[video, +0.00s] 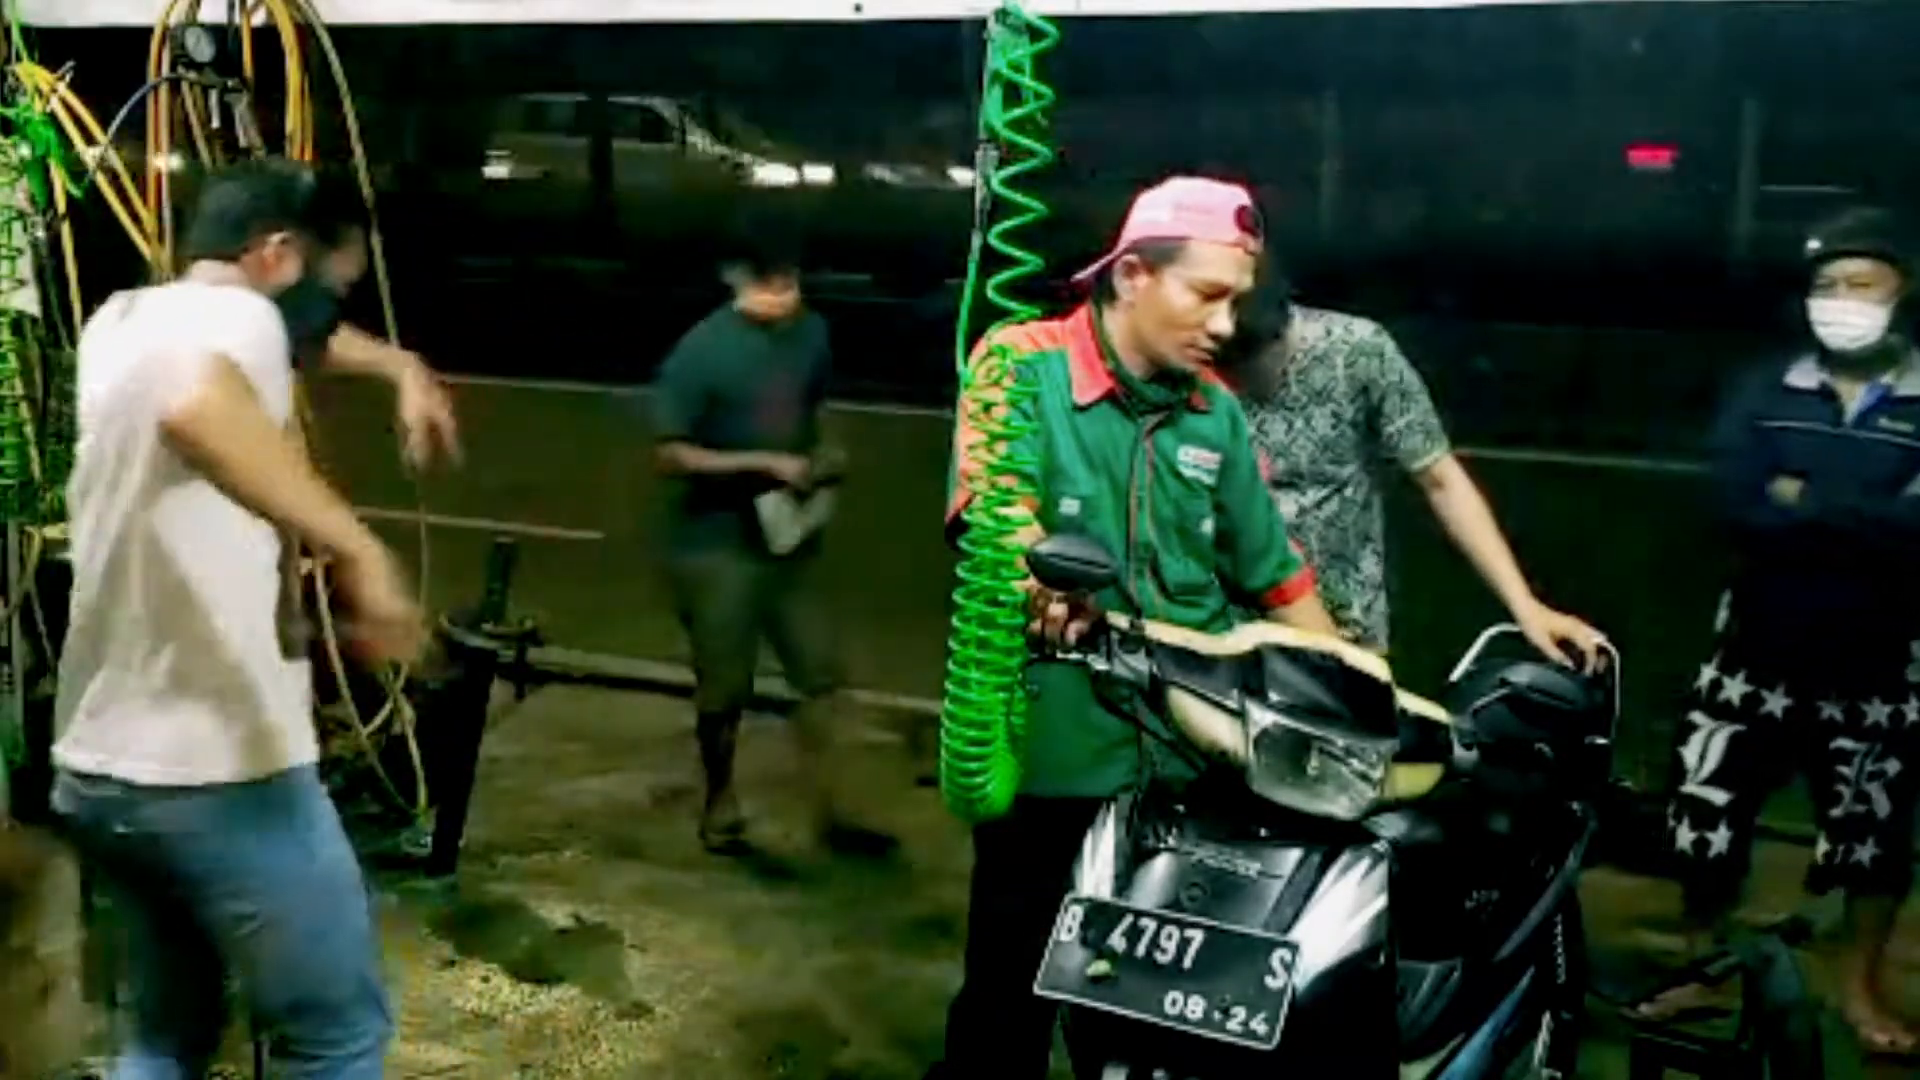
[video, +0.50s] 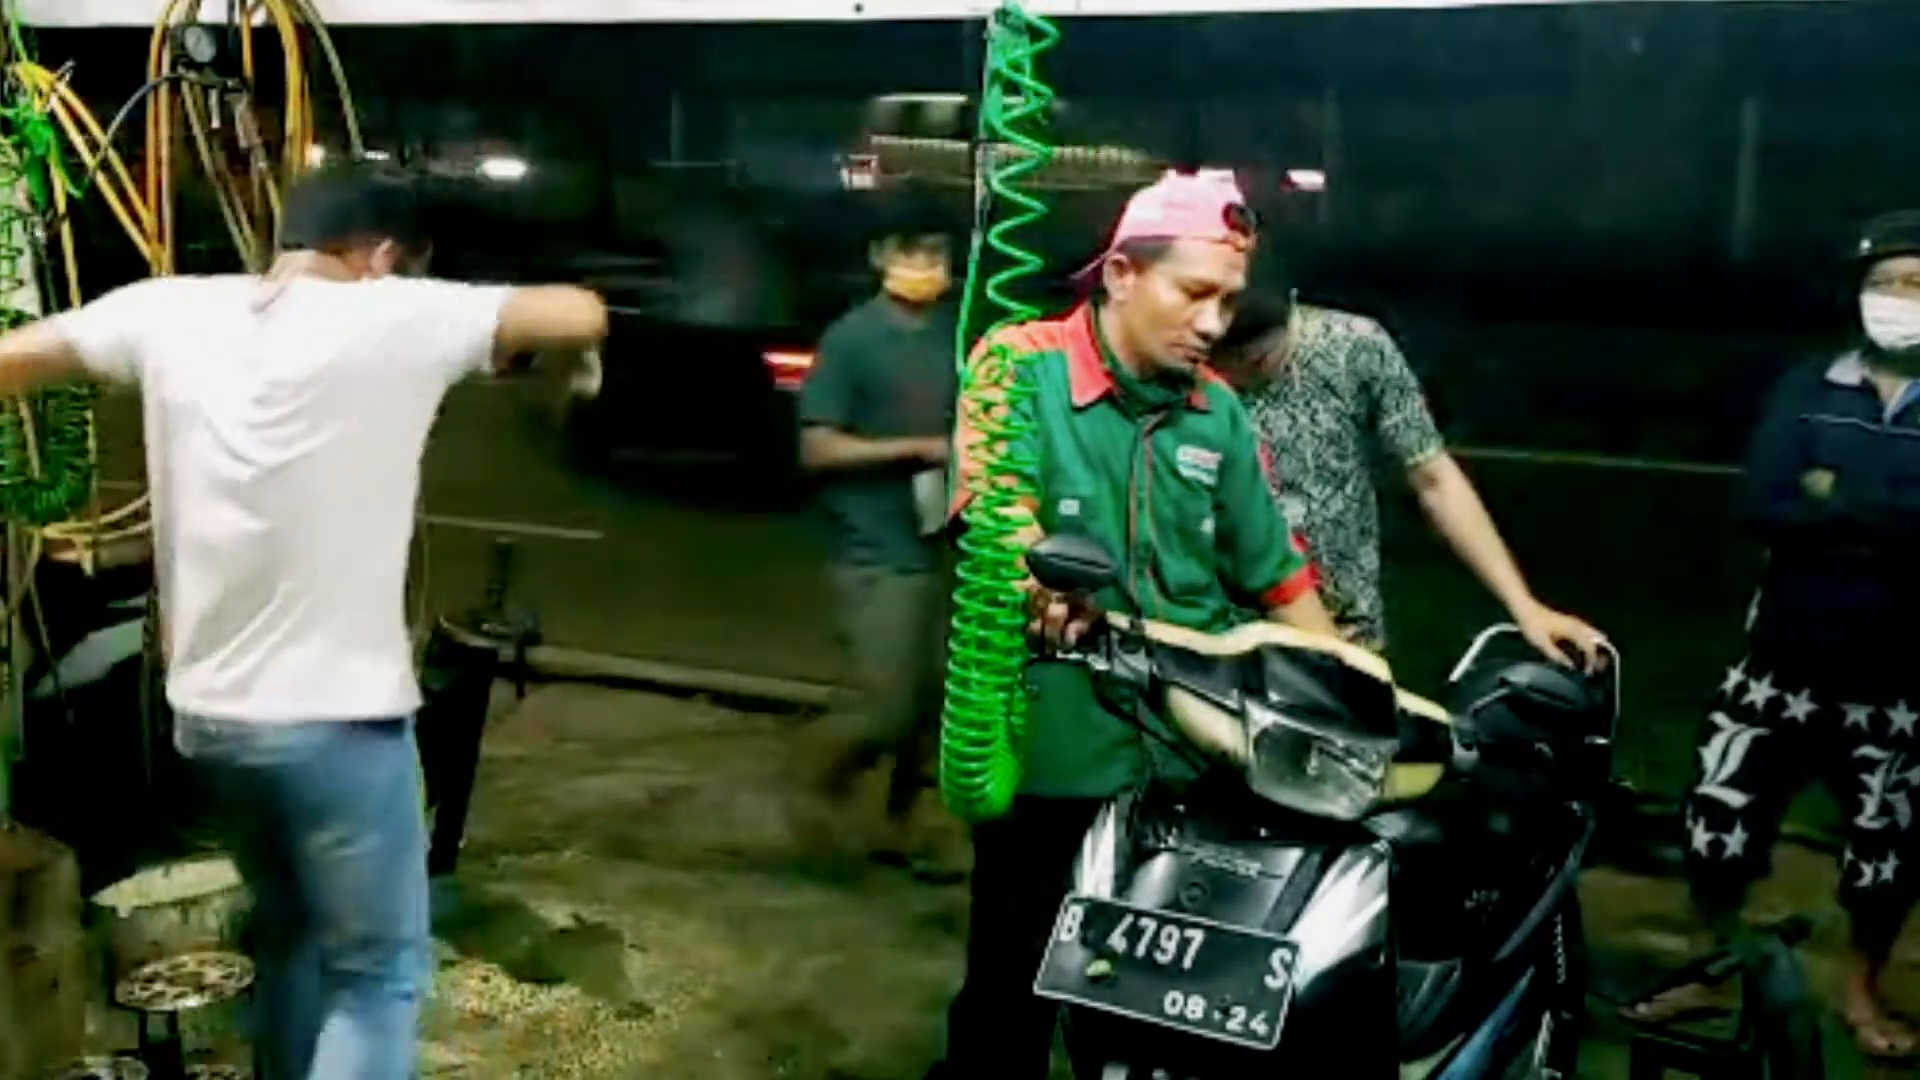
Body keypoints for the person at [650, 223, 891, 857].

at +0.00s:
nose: (781, 297)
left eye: (788, 283)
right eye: (767, 285)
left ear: (800, 282)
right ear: (736, 282)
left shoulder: (809, 338)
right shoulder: (705, 349)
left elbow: (811, 422)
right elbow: (669, 450)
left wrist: (823, 461)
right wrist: (769, 463)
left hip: (785, 544)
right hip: (714, 546)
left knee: (819, 676)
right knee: (723, 686)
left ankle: (827, 815)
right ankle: (720, 809)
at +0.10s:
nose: (813, 290)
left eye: (820, 278)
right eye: (799, 278)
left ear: (830, 281)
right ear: (767, 280)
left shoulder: (834, 340)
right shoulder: (733, 349)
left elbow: (833, 427)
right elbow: (699, 454)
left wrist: (848, 460)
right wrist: (801, 464)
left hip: (809, 548)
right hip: (739, 549)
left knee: (847, 679)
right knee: (733, 688)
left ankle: (885, 820)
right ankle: (720, 807)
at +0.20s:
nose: (843, 287)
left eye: (853, 276)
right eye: (830, 275)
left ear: (868, 283)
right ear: (803, 279)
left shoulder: (870, 344)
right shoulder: (769, 351)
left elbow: (864, 429)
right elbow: (733, 455)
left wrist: (879, 471)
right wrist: (836, 464)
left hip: (850, 553)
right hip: (772, 553)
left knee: (875, 686)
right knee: (753, 687)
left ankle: (888, 824)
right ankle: (722, 798)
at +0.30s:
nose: (868, 286)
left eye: (878, 274)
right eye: (855, 273)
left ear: (890, 281)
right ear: (826, 277)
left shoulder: (894, 344)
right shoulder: (794, 348)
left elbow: (887, 430)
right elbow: (757, 453)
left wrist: (900, 471)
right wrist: (860, 461)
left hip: (875, 555)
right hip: (798, 554)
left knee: (906, 688)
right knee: (778, 695)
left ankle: (895, 833)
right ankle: (726, 801)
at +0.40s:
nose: (900, 281)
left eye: (910, 268)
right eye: (886, 267)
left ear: (925, 273)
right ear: (857, 270)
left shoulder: (936, 342)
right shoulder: (825, 345)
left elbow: (961, 424)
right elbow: (789, 447)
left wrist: (953, 465)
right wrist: (896, 455)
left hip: (919, 560)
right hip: (840, 561)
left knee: (918, 705)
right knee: (837, 716)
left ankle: (897, 833)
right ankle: (761, 784)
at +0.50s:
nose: (923, 268)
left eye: (934, 255)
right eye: (910, 253)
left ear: (951, 264)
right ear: (882, 257)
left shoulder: (951, 340)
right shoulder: (850, 339)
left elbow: (969, 424)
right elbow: (819, 445)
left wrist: (977, 459)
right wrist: (928, 448)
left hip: (947, 548)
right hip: (873, 547)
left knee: (931, 704)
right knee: (887, 704)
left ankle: (902, 827)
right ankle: (815, 780)